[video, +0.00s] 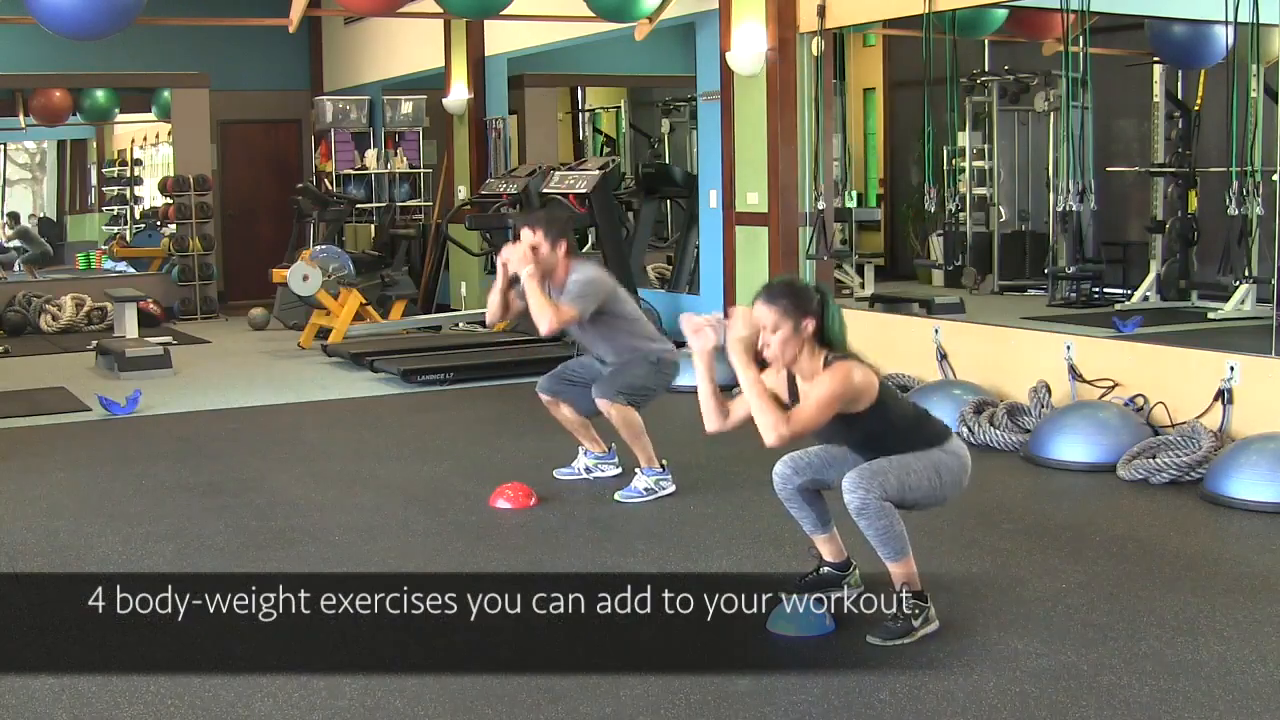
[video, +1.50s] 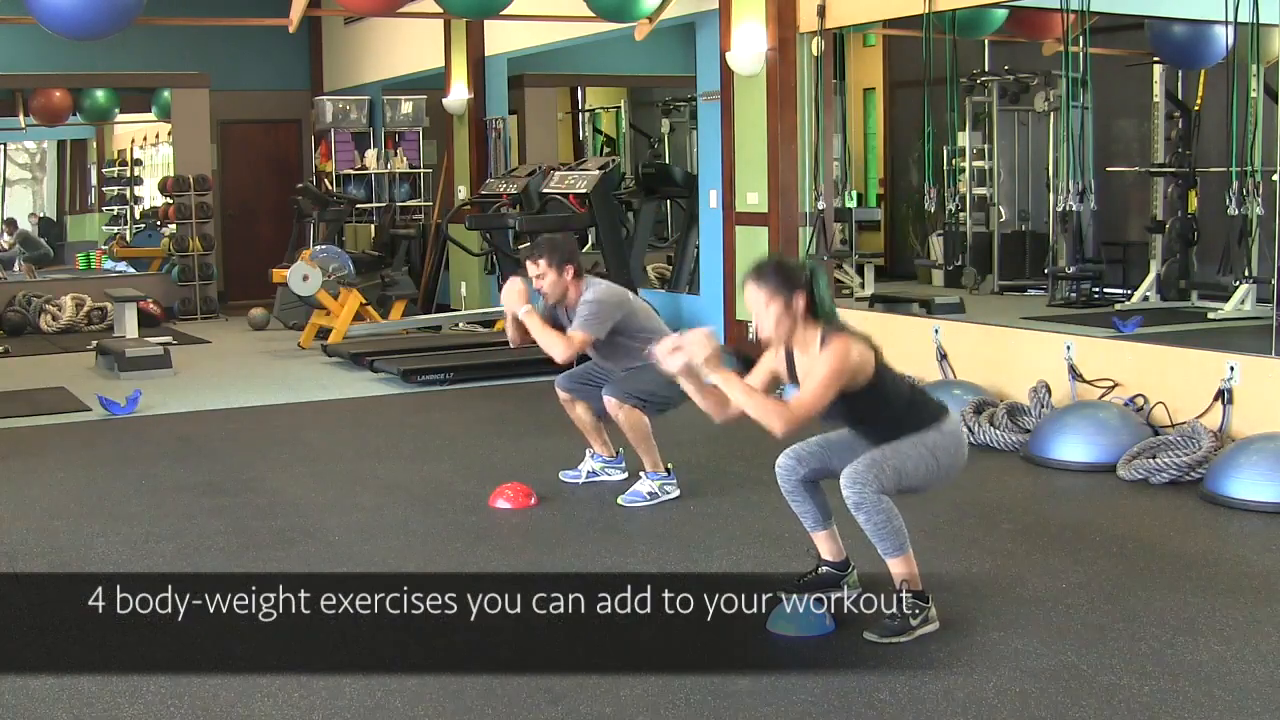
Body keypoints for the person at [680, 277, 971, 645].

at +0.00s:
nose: (762, 344)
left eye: (771, 332)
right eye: (759, 334)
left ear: (807, 327)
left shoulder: (843, 376)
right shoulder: (779, 377)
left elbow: (777, 434)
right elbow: (717, 420)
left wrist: (740, 357)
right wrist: (702, 356)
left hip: (941, 458)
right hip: (880, 457)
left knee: (862, 486)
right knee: (788, 472)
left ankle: (914, 601)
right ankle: (837, 566)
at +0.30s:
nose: (791, 205)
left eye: (798, 192)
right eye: (788, 194)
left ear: (837, 184)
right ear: (815, 191)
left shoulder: (879, 244)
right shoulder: (809, 249)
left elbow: (838, 333)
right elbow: (758, 318)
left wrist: (790, 406)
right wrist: (699, 375)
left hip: (938, 378)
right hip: (884, 378)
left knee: (881, 474)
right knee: (813, 458)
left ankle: (917, 599)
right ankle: (837, 564)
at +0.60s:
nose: (806, 119)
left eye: (812, 107)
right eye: (801, 109)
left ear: (849, 96)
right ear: (814, 105)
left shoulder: (888, 160)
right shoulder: (843, 155)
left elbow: (952, 227)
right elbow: (878, 236)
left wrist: (1008, 293)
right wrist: (929, 278)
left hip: (913, 329)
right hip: (866, 325)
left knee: (891, 456)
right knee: (808, 420)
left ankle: (926, 591)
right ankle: (821, 551)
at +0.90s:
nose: (799, 136)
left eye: (803, 123)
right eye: (794, 127)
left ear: (838, 106)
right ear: (821, 112)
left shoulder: (883, 159)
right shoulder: (837, 161)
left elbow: (901, 255)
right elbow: (828, 245)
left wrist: (842, 309)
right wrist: (778, 301)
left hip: (913, 330)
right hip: (865, 326)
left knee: (890, 452)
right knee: (811, 423)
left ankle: (923, 588)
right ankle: (822, 546)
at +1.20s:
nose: (770, 285)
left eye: (780, 273)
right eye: (767, 275)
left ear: (811, 271)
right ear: (765, 278)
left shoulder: (851, 321)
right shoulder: (789, 319)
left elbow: (787, 379)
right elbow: (726, 375)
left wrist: (754, 311)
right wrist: (715, 309)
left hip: (938, 424)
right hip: (880, 422)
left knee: (863, 478)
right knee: (797, 463)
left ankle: (915, 599)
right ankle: (837, 567)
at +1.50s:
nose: (754, 322)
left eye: (761, 309)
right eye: (752, 310)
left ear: (798, 303)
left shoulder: (841, 349)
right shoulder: (779, 355)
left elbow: (784, 422)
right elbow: (724, 410)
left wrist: (714, 368)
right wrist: (684, 374)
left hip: (935, 438)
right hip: (879, 438)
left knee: (861, 481)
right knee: (792, 465)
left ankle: (914, 600)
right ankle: (836, 566)